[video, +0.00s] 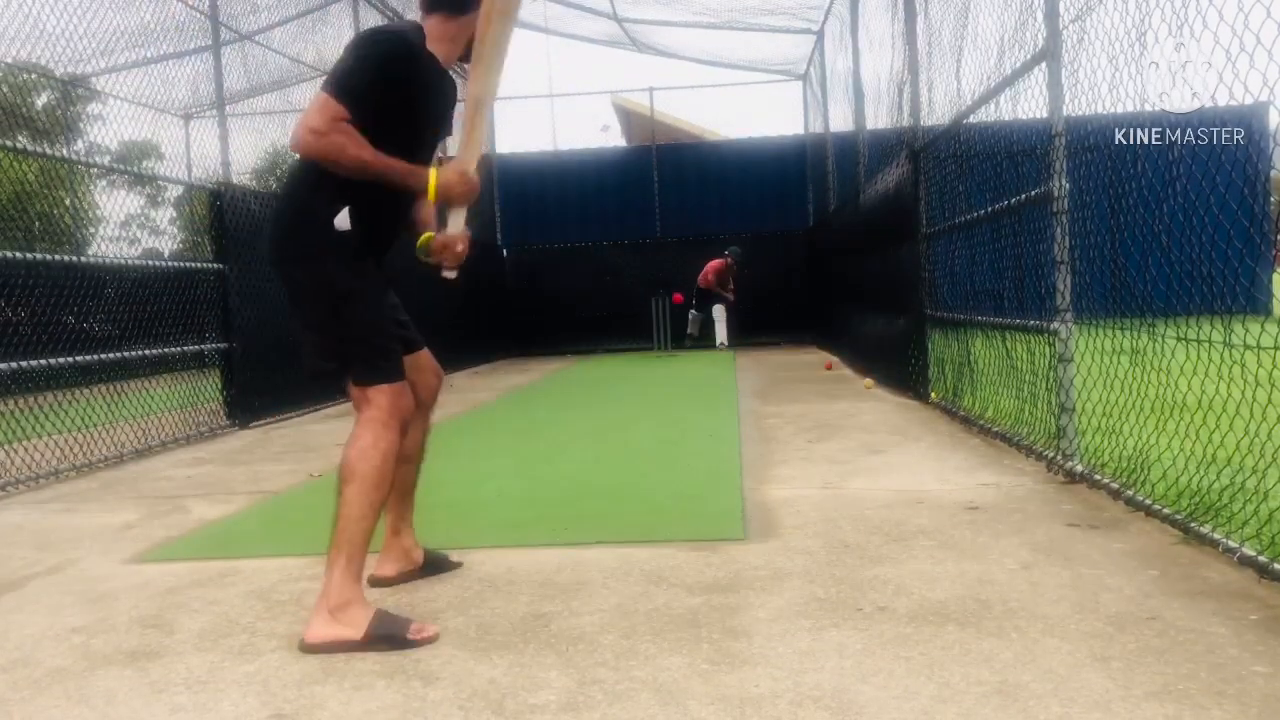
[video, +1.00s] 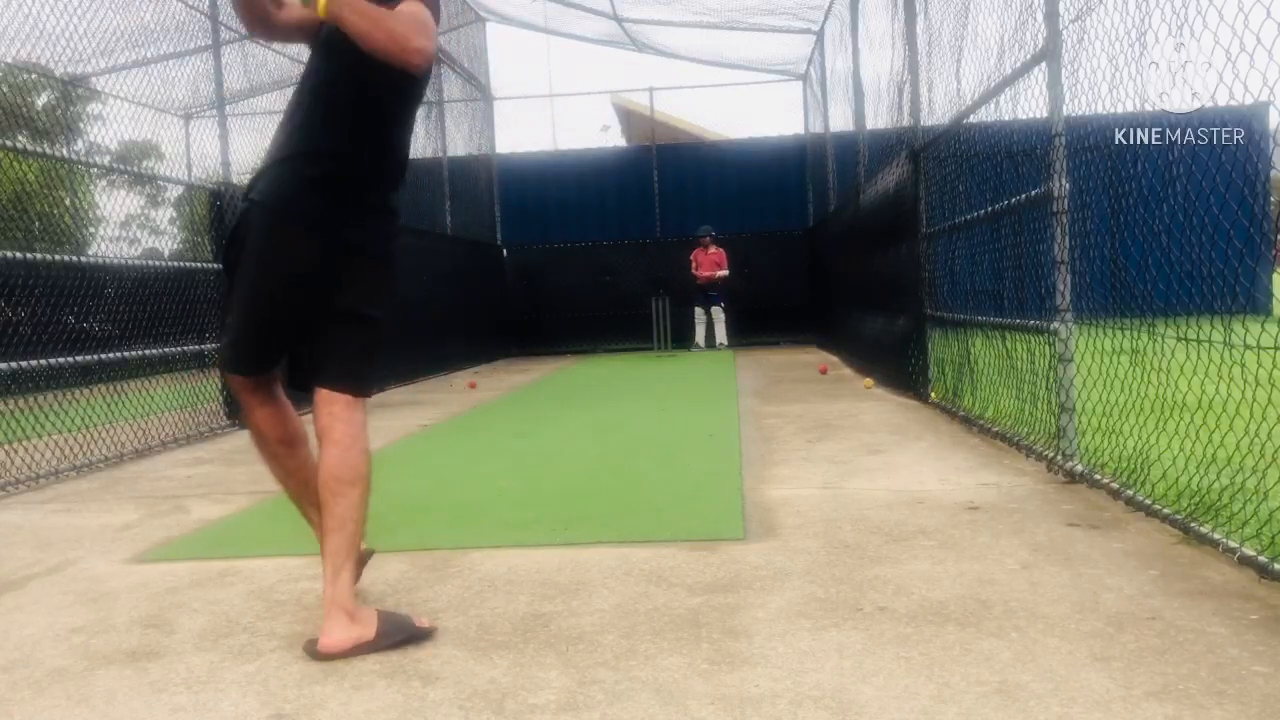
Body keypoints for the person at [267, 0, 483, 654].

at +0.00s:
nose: (490, 26)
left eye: (488, 16)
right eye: (489, 15)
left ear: (433, 7)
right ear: (476, 14)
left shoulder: (438, 86)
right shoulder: (386, 45)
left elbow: (403, 185)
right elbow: (313, 134)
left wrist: (430, 234)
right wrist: (426, 177)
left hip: (354, 251)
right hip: (317, 247)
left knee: (423, 380)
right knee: (385, 405)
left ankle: (398, 547)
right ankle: (337, 607)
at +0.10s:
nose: (487, 35)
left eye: (486, 24)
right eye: (485, 23)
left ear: (435, 17)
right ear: (468, 24)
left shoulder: (442, 93)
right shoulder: (384, 50)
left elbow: (457, 188)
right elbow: (360, 143)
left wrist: (505, 188)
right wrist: (475, 117)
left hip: (355, 255)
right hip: (319, 253)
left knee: (425, 376)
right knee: (402, 409)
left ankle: (400, 546)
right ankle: (338, 606)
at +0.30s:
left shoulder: (308, 7)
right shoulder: (443, 20)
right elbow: (455, 118)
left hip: (318, 215)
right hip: (394, 222)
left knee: (379, 391)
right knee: (409, 410)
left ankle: (400, 543)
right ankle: (341, 605)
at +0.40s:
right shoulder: (471, 18)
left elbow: (236, 8)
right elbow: (392, 84)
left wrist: (255, 49)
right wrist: (275, 70)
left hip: (326, 182)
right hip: (413, 188)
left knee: (368, 375)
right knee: (378, 396)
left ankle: (401, 541)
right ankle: (340, 605)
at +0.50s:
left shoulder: (389, 7)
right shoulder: (444, 17)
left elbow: (325, 28)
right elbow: (310, 35)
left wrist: (250, 5)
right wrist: (239, 6)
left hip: (314, 214)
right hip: (399, 222)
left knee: (327, 391)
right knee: (372, 400)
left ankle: (366, 554)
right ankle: (339, 613)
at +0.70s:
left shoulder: (427, 8)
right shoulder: (352, 9)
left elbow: (476, 51)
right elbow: (286, 1)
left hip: (306, 211)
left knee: (248, 378)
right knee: (344, 402)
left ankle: (338, 532)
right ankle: (343, 614)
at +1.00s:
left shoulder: (411, 8)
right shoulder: (342, 12)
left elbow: (417, 49)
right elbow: (263, 18)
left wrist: (330, 1)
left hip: (294, 210)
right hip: (357, 218)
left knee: (249, 377)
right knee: (342, 396)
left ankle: (338, 541)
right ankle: (342, 612)